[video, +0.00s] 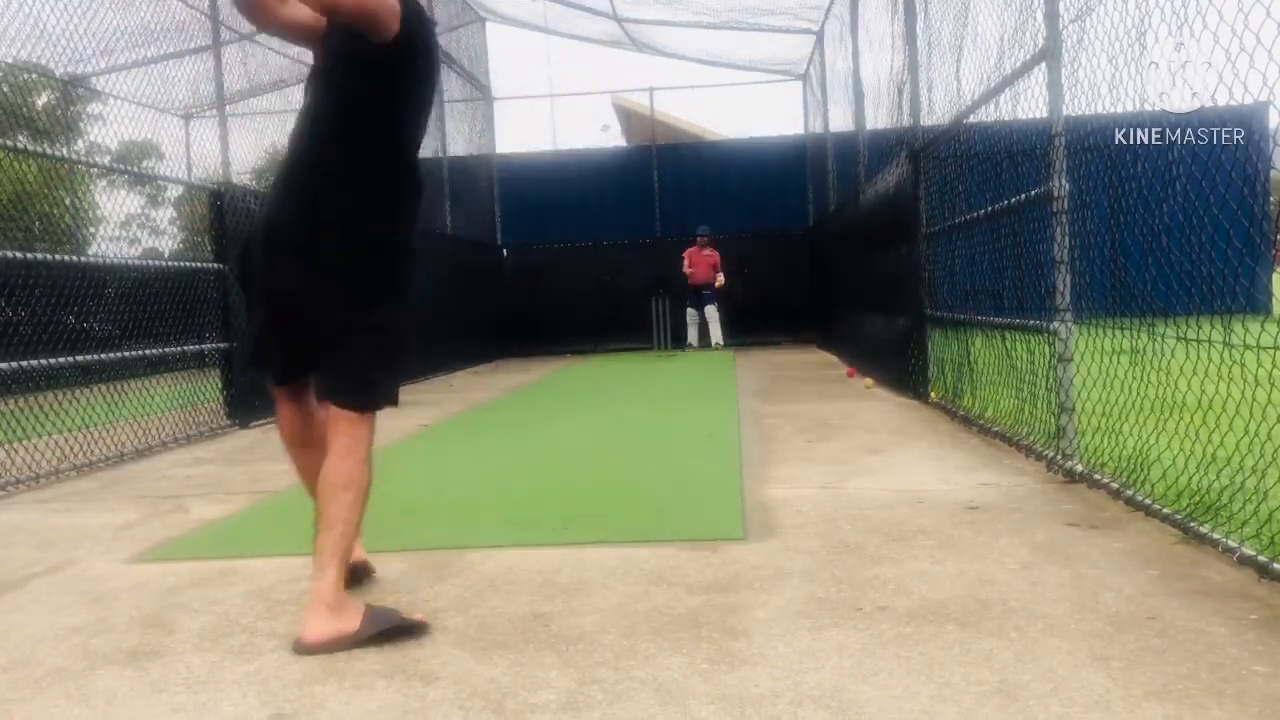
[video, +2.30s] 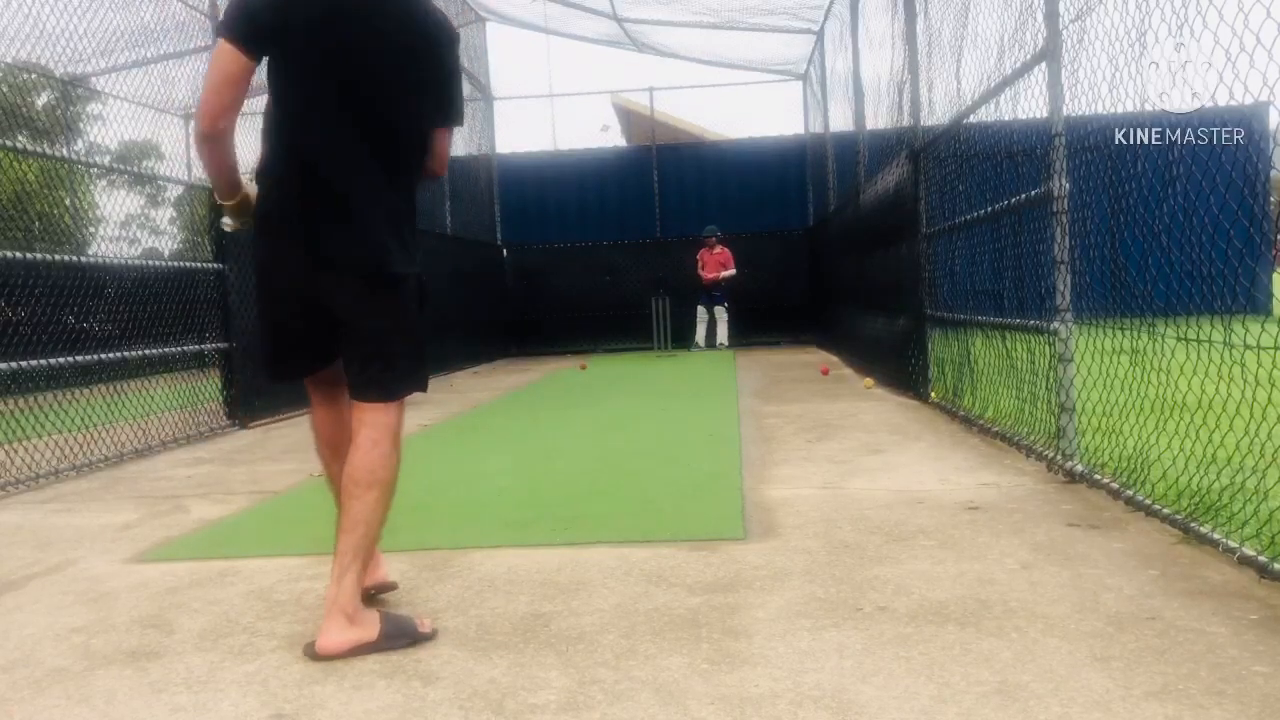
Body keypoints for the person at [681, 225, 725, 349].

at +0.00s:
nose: (701, 240)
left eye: (704, 237)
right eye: (699, 237)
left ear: (708, 239)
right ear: (696, 238)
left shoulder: (714, 254)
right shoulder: (689, 252)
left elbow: (718, 271)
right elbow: (685, 266)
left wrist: (719, 278)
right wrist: (688, 270)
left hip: (708, 286)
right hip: (693, 287)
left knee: (711, 313)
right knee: (691, 315)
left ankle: (717, 342)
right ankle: (692, 343)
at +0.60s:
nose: (702, 246)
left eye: (703, 244)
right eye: (701, 244)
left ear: (702, 244)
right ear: (695, 242)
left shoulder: (701, 255)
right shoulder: (681, 252)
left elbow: (701, 272)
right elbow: (676, 269)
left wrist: (713, 277)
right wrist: (685, 276)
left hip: (700, 287)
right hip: (686, 288)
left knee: (705, 315)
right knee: (688, 317)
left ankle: (709, 342)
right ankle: (691, 343)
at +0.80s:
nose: (734, 269)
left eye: (735, 268)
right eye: (733, 266)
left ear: (735, 267)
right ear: (729, 263)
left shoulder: (727, 272)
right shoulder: (717, 272)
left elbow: (726, 284)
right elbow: (719, 287)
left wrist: (727, 291)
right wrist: (725, 291)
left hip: (716, 290)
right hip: (703, 290)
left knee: (721, 312)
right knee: (698, 313)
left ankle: (721, 341)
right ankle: (691, 336)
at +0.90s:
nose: (733, 262)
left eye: (735, 261)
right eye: (732, 259)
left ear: (735, 260)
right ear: (727, 257)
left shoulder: (729, 268)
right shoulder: (714, 265)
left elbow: (728, 276)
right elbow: (713, 286)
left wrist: (730, 284)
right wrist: (726, 295)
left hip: (717, 289)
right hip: (703, 288)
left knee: (719, 312)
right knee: (696, 313)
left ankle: (721, 342)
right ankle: (691, 334)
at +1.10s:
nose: (722, 248)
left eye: (725, 246)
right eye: (721, 245)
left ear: (728, 248)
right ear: (717, 245)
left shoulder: (728, 262)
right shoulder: (707, 255)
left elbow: (729, 280)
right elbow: (696, 268)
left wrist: (732, 294)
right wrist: (701, 278)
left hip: (717, 289)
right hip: (702, 287)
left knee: (718, 312)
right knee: (696, 314)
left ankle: (721, 342)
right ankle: (697, 342)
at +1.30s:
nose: (712, 242)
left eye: (714, 239)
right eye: (709, 239)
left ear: (717, 241)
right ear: (705, 240)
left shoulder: (720, 256)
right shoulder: (697, 253)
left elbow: (724, 274)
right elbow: (689, 267)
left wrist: (725, 285)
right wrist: (693, 271)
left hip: (713, 288)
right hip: (698, 288)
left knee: (715, 312)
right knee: (696, 316)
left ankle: (721, 341)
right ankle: (699, 343)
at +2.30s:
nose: (708, 240)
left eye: (711, 237)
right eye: (706, 238)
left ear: (716, 238)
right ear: (704, 239)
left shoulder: (725, 252)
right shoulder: (702, 252)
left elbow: (732, 270)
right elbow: (699, 269)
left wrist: (720, 275)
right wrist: (704, 275)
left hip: (719, 285)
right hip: (706, 285)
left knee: (720, 312)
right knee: (701, 312)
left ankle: (722, 342)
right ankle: (699, 342)